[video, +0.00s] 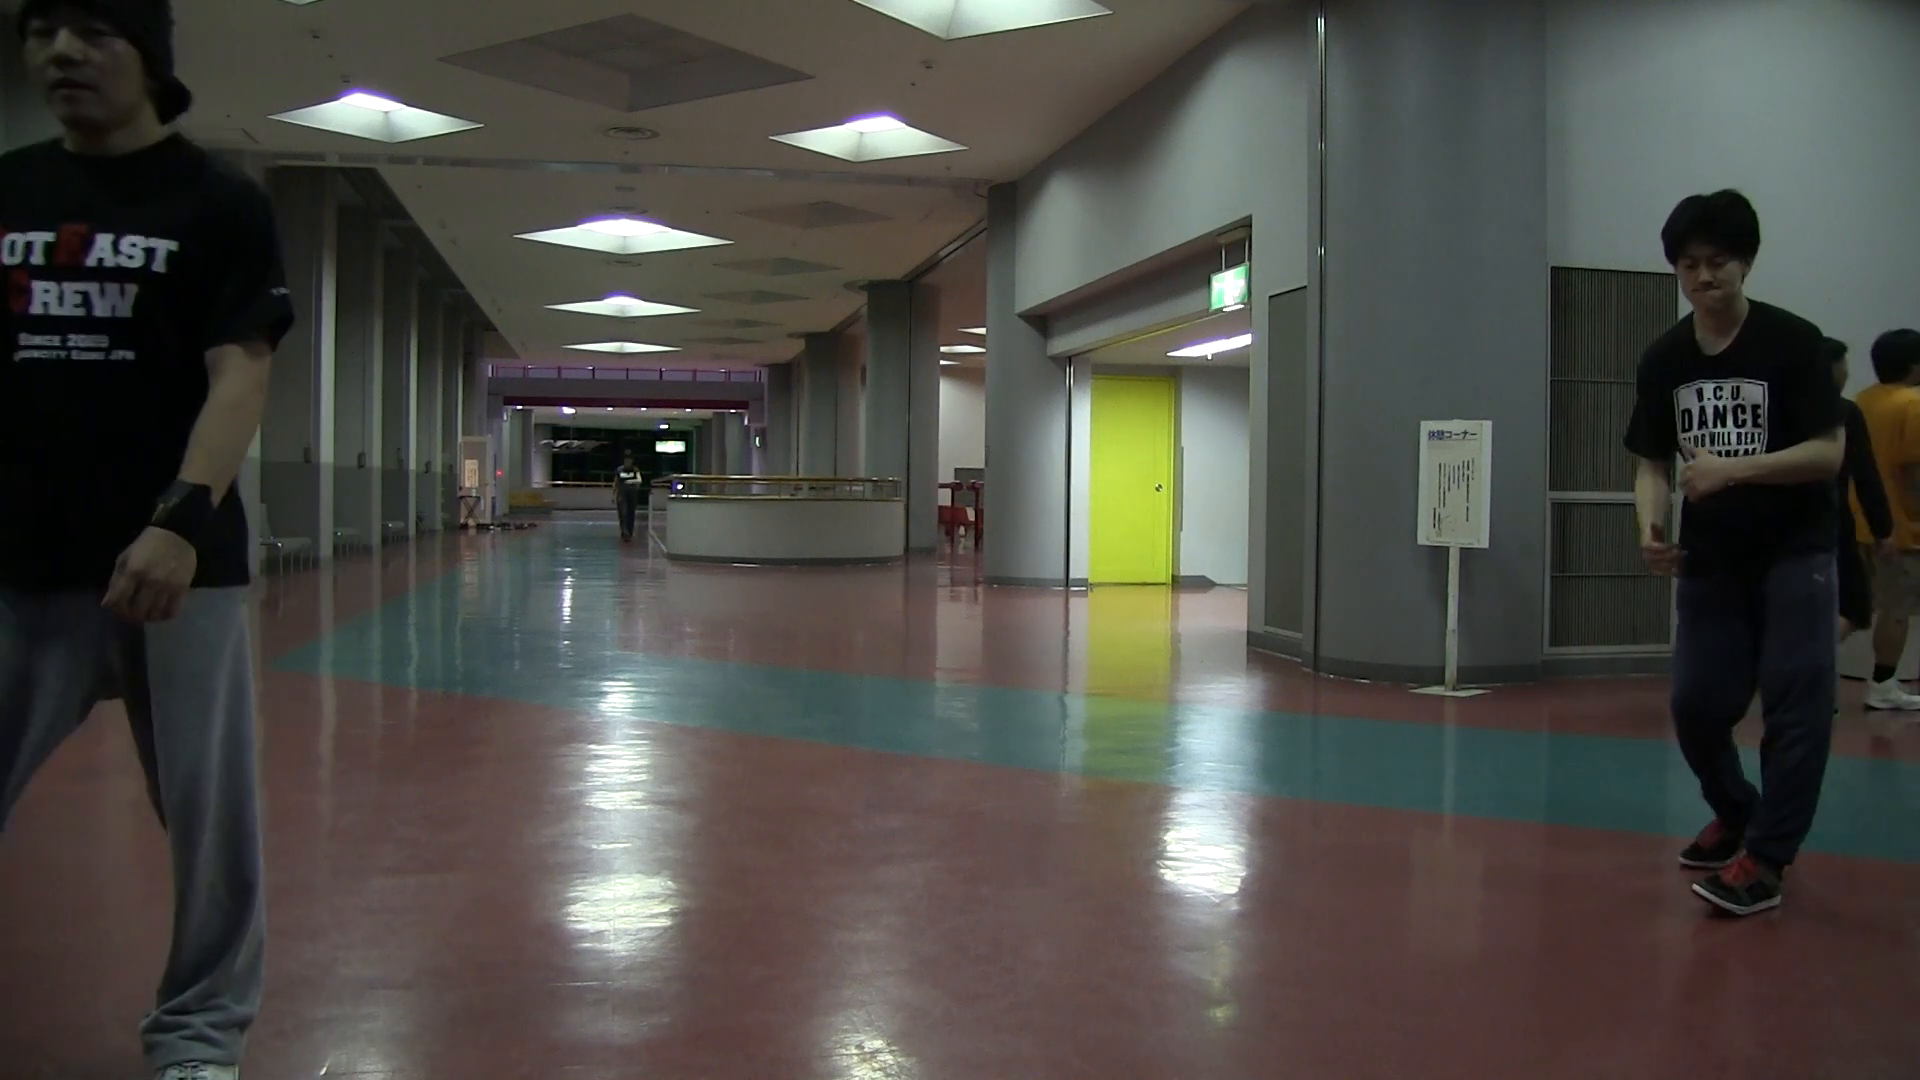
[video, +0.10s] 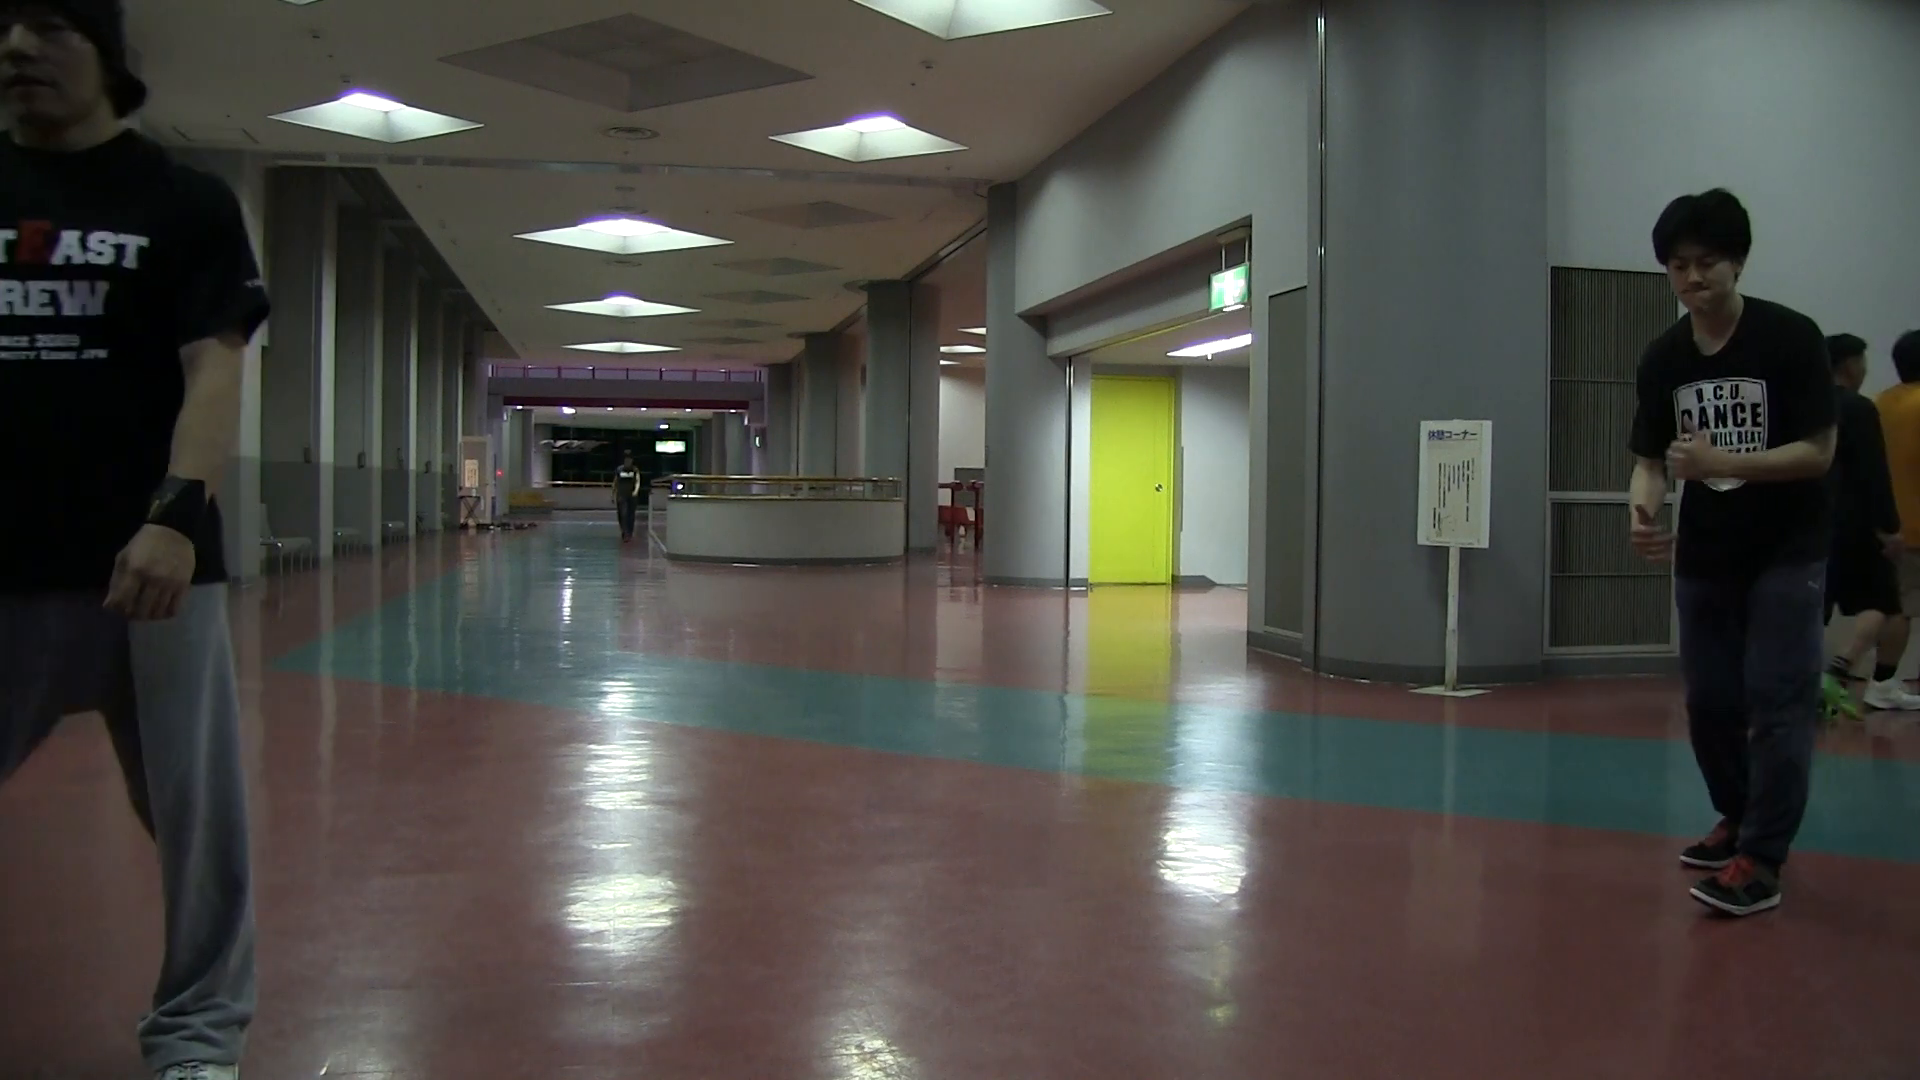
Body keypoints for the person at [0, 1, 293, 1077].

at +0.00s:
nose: (65, 51)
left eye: (96, 31)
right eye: (48, 32)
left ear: (152, 56)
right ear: (30, 54)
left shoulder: (218, 196)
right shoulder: (10, 185)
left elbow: (240, 376)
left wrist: (181, 524)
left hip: (174, 550)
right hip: (28, 549)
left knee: (208, 802)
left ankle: (202, 1035)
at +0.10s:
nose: (22, 46)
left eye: (51, 29)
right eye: (12, 28)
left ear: (111, 58)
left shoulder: (182, 198)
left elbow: (215, 368)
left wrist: (179, 520)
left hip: (145, 552)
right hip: (14, 553)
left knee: (195, 804)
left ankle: (199, 1037)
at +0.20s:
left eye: (9, 28)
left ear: (46, 51)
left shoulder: (130, 192)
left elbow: (181, 359)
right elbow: (181, 358)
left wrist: (186, 512)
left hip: (94, 557)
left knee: (170, 810)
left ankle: (196, 1032)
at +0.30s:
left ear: (10, 65)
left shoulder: (68, 180)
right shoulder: (69, 185)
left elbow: (139, 354)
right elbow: (140, 355)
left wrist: (186, 503)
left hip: (55, 538)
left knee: (122, 788)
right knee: (116, 788)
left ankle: (183, 1031)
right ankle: (179, 1023)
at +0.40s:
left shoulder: (31, 167)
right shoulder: (36, 169)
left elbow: (102, 346)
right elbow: (102, 348)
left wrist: (169, 496)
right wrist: (166, 496)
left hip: (31, 544)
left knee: (88, 791)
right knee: (85, 792)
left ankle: (147, 1036)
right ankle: (143, 1032)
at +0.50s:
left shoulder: (9, 165)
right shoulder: (14, 167)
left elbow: (67, 341)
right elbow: (68, 342)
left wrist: (138, 492)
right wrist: (136, 493)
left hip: (13, 536)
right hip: (15, 539)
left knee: (46, 782)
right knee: (45, 785)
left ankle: (89, 1029)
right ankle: (85, 1029)